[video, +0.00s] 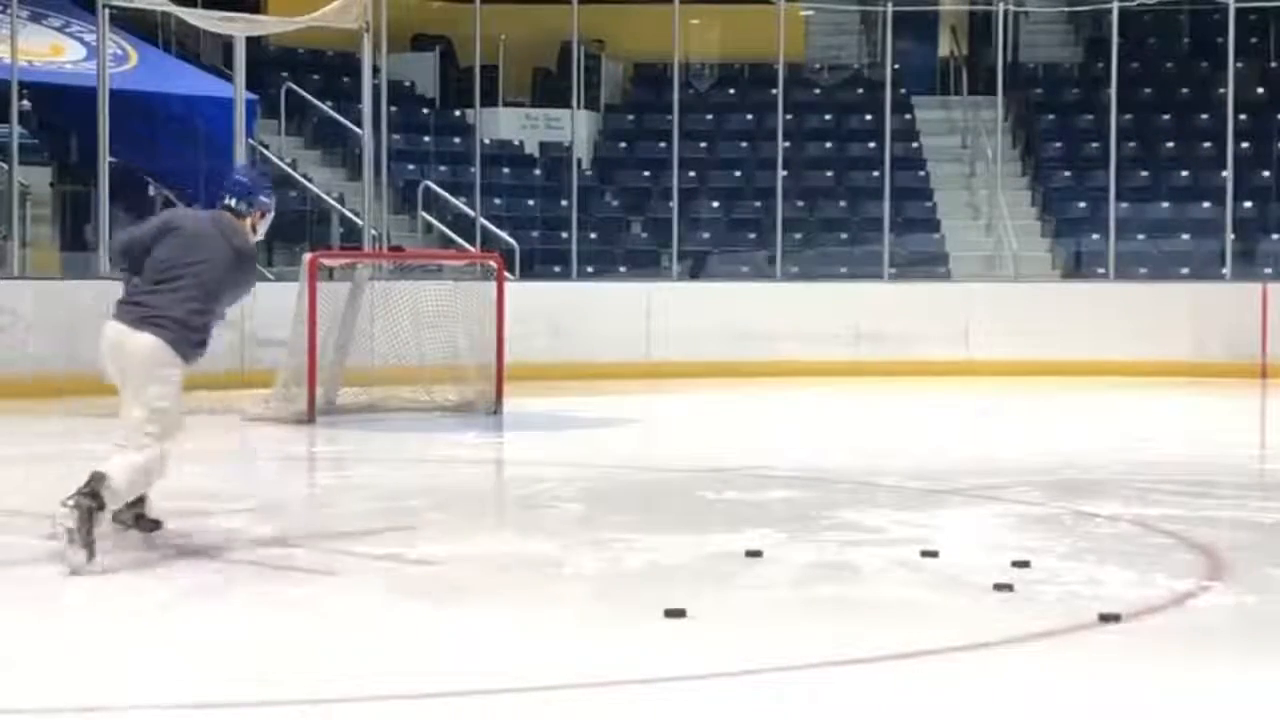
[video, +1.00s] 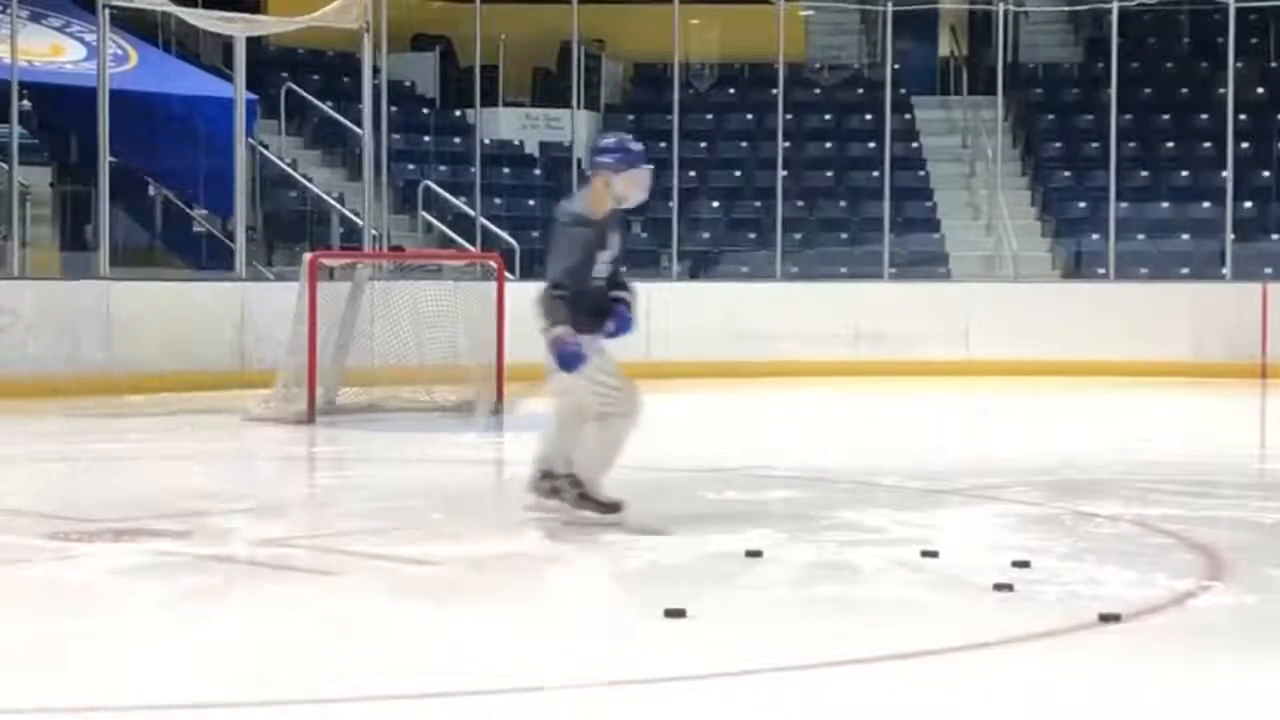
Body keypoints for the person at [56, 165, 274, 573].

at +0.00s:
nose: (263, 228)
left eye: (265, 218)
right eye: (263, 218)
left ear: (225, 201)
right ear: (253, 214)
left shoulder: (181, 218)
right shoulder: (246, 261)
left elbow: (123, 246)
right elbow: (216, 301)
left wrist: (145, 283)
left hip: (118, 332)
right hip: (158, 348)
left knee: (138, 425)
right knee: (156, 439)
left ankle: (129, 505)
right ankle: (94, 498)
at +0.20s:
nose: (299, 199)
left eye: (300, 190)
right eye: (299, 191)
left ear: (259, 183)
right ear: (290, 191)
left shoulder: (216, 210)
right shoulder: (287, 239)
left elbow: (165, 252)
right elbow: (278, 306)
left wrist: (183, 291)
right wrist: (281, 362)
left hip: (180, 323)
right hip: (222, 338)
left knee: (205, 419)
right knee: (206, 428)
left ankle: (180, 496)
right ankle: (141, 488)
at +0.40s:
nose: (357, 179)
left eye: (356, 172)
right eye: (357, 172)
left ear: (319, 166)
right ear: (352, 174)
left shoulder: (279, 204)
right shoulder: (349, 222)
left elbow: (268, 262)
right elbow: (356, 291)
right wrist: (372, 339)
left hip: (256, 316)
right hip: (301, 331)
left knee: (266, 412)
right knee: (313, 419)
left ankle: (246, 489)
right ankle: (242, 475)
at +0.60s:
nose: (435, 180)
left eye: (436, 172)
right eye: (433, 172)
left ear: (398, 165)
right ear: (423, 171)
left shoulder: (376, 204)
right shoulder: (407, 210)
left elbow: (370, 263)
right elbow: (408, 269)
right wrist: (447, 287)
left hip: (351, 315)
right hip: (381, 322)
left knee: (366, 403)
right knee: (413, 407)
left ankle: (344, 475)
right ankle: (369, 477)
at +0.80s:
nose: (536, 182)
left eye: (537, 173)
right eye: (532, 173)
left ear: (501, 172)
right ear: (512, 175)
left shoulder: (501, 217)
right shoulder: (484, 222)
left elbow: (516, 259)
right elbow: (466, 289)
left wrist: (534, 279)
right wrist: (504, 294)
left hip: (466, 327)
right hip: (464, 330)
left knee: (466, 406)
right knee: (520, 397)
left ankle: (434, 477)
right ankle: (495, 481)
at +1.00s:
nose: (639, 183)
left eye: (639, 174)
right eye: (632, 174)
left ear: (616, 177)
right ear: (606, 175)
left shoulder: (611, 217)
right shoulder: (576, 221)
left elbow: (610, 273)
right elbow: (557, 287)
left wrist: (619, 301)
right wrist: (560, 331)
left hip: (588, 324)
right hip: (568, 326)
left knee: (577, 402)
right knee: (620, 399)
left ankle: (550, 472)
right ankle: (580, 479)